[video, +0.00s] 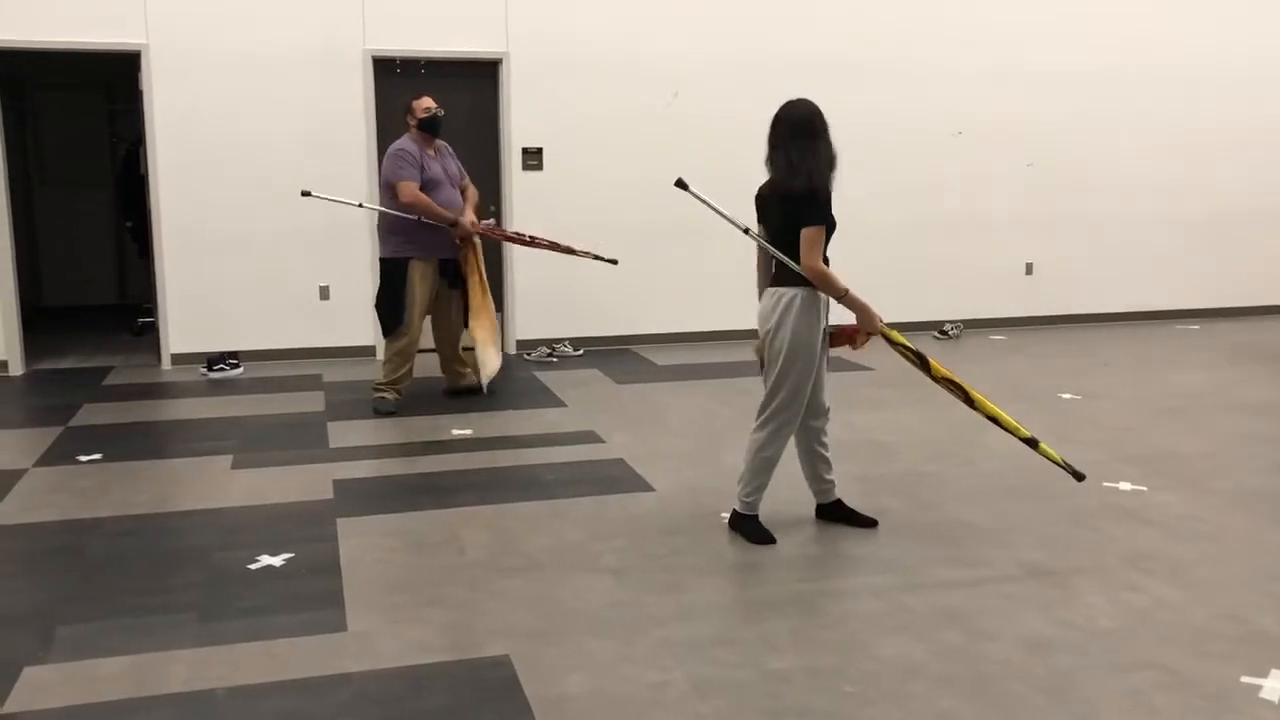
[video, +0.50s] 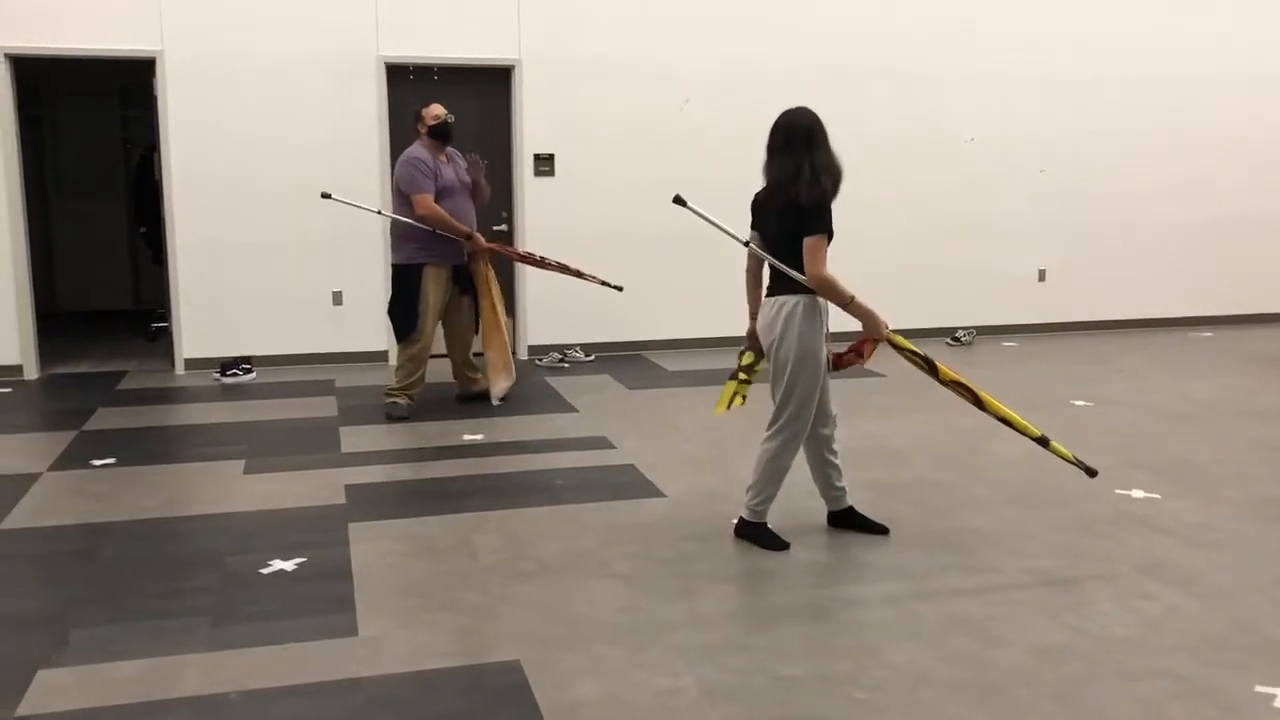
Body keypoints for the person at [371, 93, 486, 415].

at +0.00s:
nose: (434, 115)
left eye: (437, 110)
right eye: (426, 111)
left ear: (441, 116)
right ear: (411, 119)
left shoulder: (444, 150)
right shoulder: (401, 151)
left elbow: (470, 189)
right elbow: (408, 197)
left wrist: (467, 214)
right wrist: (455, 220)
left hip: (448, 251)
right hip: (410, 254)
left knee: (451, 321)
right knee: (405, 327)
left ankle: (459, 379)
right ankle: (388, 390)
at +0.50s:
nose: (444, 121)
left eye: (447, 117)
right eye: (436, 118)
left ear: (451, 124)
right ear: (422, 127)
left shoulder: (455, 157)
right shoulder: (414, 159)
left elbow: (480, 202)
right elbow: (424, 209)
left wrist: (478, 179)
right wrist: (469, 234)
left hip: (458, 257)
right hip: (422, 260)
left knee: (462, 326)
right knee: (417, 332)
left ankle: (470, 384)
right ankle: (400, 396)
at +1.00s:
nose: (452, 133)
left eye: (455, 129)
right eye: (445, 129)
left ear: (460, 133)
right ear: (430, 134)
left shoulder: (461, 165)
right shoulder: (418, 166)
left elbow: (485, 207)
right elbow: (423, 214)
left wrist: (482, 183)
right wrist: (465, 242)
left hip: (463, 265)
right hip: (426, 268)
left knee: (469, 334)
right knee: (421, 340)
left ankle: (474, 395)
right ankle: (403, 403)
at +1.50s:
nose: (449, 131)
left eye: (452, 126)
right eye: (442, 126)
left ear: (457, 130)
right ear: (427, 132)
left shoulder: (460, 162)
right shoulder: (417, 163)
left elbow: (478, 206)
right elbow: (424, 210)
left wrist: (487, 233)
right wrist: (471, 234)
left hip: (463, 263)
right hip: (425, 266)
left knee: (467, 333)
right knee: (420, 338)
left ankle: (471, 392)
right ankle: (401, 402)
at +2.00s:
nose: (450, 129)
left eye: (454, 124)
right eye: (443, 125)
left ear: (459, 128)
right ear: (428, 131)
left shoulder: (464, 161)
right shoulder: (417, 163)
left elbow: (488, 201)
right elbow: (425, 211)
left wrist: (485, 227)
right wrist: (469, 236)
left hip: (466, 262)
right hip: (427, 265)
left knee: (470, 331)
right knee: (422, 338)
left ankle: (475, 391)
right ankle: (404, 401)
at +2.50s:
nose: (457, 126)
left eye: (460, 122)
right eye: (449, 122)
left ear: (465, 129)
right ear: (435, 132)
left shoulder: (471, 163)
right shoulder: (424, 164)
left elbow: (489, 205)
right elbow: (431, 215)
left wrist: (500, 239)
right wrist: (477, 239)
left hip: (473, 264)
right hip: (433, 266)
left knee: (477, 330)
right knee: (429, 338)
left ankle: (482, 388)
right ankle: (412, 401)